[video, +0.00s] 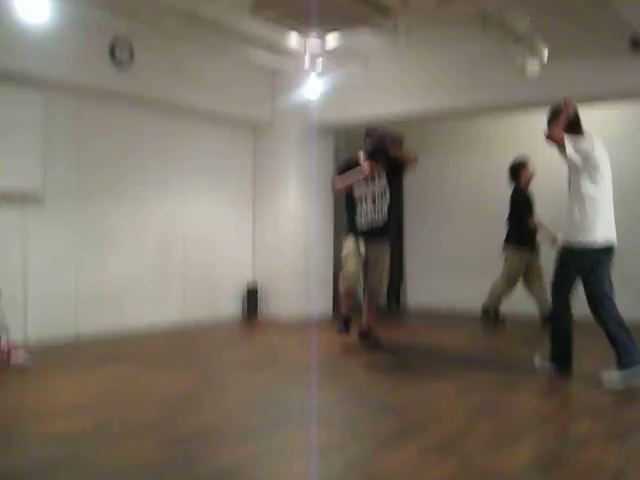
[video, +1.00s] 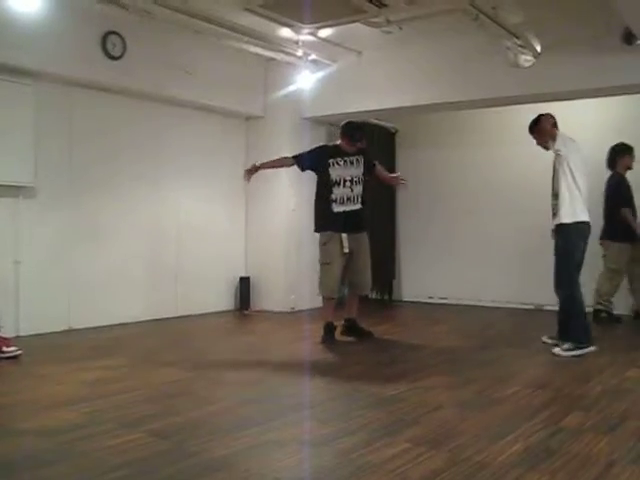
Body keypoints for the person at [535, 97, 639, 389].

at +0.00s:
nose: (550, 134)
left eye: (552, 127)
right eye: (549, 128)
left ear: (563, 124)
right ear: (572, 123)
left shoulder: (586, 146)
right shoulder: (583, 150)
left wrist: (564, 142)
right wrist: (568, 236)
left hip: (589, 240)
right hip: (584, 240)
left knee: (559, 299)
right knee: (603, 304)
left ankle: (560, 361)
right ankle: (629, 363)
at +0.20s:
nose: (545, 132)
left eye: (546, 126)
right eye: (545, 127)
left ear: (550, 122)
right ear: (567, 118)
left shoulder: (565, 140)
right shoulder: (592, 145)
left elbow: (530, 125)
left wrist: (545, 103)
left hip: (560, 229)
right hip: (586, 229)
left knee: (549, 293)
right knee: (580, 289)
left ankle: (556, 350)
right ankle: (600, 337)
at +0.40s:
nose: (533, 130)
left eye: (533, 125)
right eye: (533, 125)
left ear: (537, 122)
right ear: (556, 118)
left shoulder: (549, 141)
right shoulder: (583, 148)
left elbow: (514, 126)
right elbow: (586, 187)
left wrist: (530, 101)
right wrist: (583, 215)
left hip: (548, 227)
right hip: (572, 228)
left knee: (542, 288)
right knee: (565, 283)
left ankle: (548, 347)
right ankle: (573, 339)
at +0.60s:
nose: (536, 136)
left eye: (537, 131)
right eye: (536, 130)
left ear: (542, 129)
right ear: (558, 127)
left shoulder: (550, 146)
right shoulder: (579, 155)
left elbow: (519, 137)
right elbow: (583, 197)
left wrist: (533, 118)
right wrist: (589, 227)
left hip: (548, 230)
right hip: (570, 230)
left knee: (541, 288)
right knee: (562, 283)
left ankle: (548, 346)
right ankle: (569, 331)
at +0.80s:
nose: (532, 137)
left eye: (533, 132)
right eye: (532, 133)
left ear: (542, 129)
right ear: (554, 129)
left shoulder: (555, 147)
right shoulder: (577, 151)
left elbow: (531, 138)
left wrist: (539, 124)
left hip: (559, 226)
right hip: (576, 226)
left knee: (546, 281)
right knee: (562, 281)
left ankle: (554, 339)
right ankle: (570, 332)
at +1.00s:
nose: (538, 143)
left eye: (538, 137)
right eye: (535, 139)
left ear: (550, 126)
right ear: (550, 128)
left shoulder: (568, 149)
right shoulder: (561, 153)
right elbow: (563, 191)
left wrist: (550, 124)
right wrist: (558, 222)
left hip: (573, 223)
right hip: (566, 223)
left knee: (568, 284)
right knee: (564, 284)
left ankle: (580, 339)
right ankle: (565, 333)